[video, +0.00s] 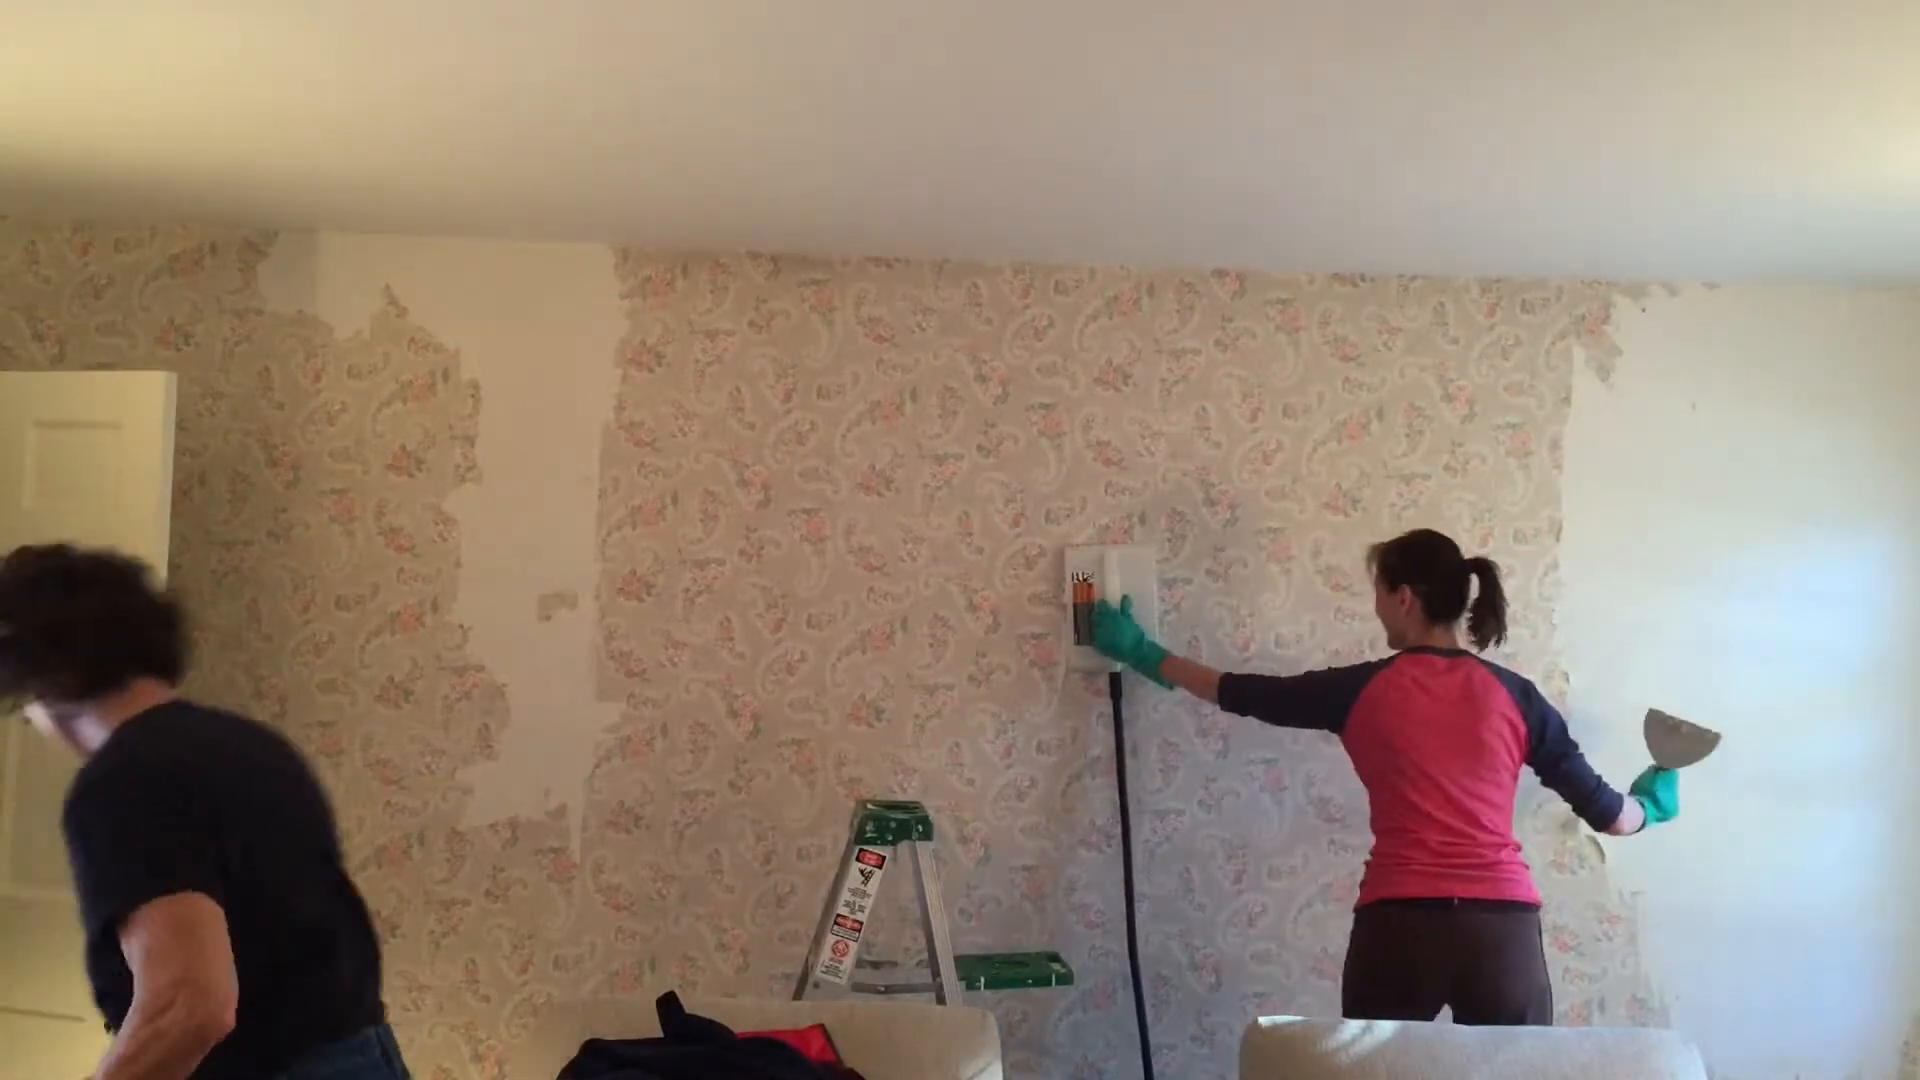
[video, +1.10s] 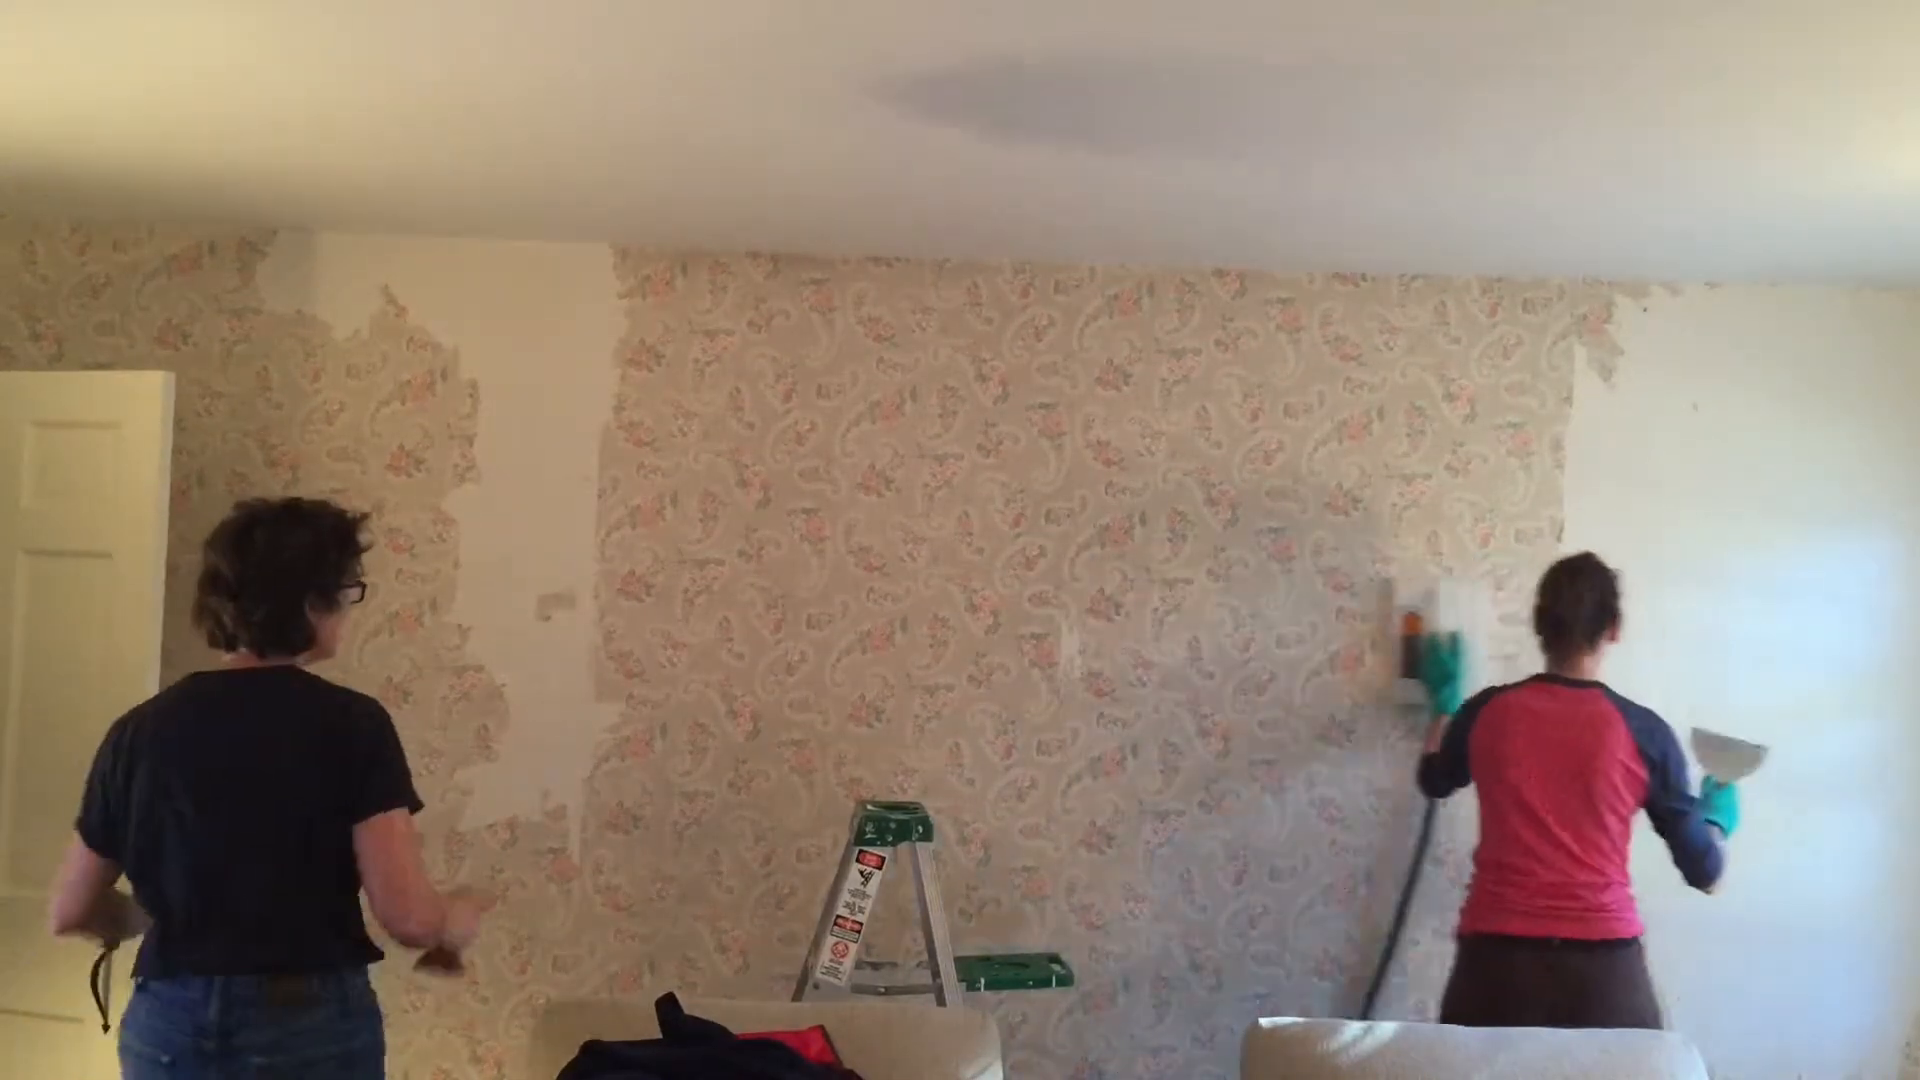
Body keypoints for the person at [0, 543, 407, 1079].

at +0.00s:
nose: (34, 718)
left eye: (27, 694)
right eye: (24, 696)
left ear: (43, 687)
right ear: (151, 637)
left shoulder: (123, 780)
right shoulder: (256, 742)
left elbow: (188, 1002)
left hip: (267, 1065)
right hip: (363, 1048)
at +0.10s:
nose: (97, 700)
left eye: (87, 673)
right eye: (84, 678)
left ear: (106, 665)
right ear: (215, 627)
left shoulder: (150, 780)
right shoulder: (324, 743)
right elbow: (409, 929)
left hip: (246, 1067)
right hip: (378, 1055)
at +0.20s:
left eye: (126, 636)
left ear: (141, 638)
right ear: (264, 609)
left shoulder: (160, 778)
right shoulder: (365, 744)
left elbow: (127, 1041)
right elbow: (433, 934)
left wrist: (63, 1062)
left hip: (232, 1063)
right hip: (384, 1057)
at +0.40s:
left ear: (161, 616)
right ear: (296, 604)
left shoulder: (124, 777)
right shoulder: (380, 741)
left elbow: (86, 1040)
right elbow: (441, 948)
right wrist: (342, 986)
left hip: (213, 1066)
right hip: (380, 1059)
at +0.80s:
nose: (312, 625)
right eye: (309, 610)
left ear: (173, 617)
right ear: (294, 621)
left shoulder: (108, 762)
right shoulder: (349, 742)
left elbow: (41, 981)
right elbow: (421, 931)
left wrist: (136, 998)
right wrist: (337, 979)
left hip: (183, 1058)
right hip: (346, 1049)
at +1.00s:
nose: (338, 612)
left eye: (340, 594)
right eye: (335, 594)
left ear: (207, 603)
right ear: (301, 603)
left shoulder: (122, 740)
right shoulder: (356, 725)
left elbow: (52, 934)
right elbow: (421, 918)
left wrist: (149, 938)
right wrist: (408, 955)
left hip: (167, 1037)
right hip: (326, 1037)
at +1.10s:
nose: (354, 606)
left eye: (355, 590)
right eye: (348, 590)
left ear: (227, 598)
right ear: (312, 601)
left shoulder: (141, 728)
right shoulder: (352, 721)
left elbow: (72, 910)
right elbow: (405, 917)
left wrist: (155, 915)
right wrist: (452, 921)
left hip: (167, 1030)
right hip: (317, 1032)